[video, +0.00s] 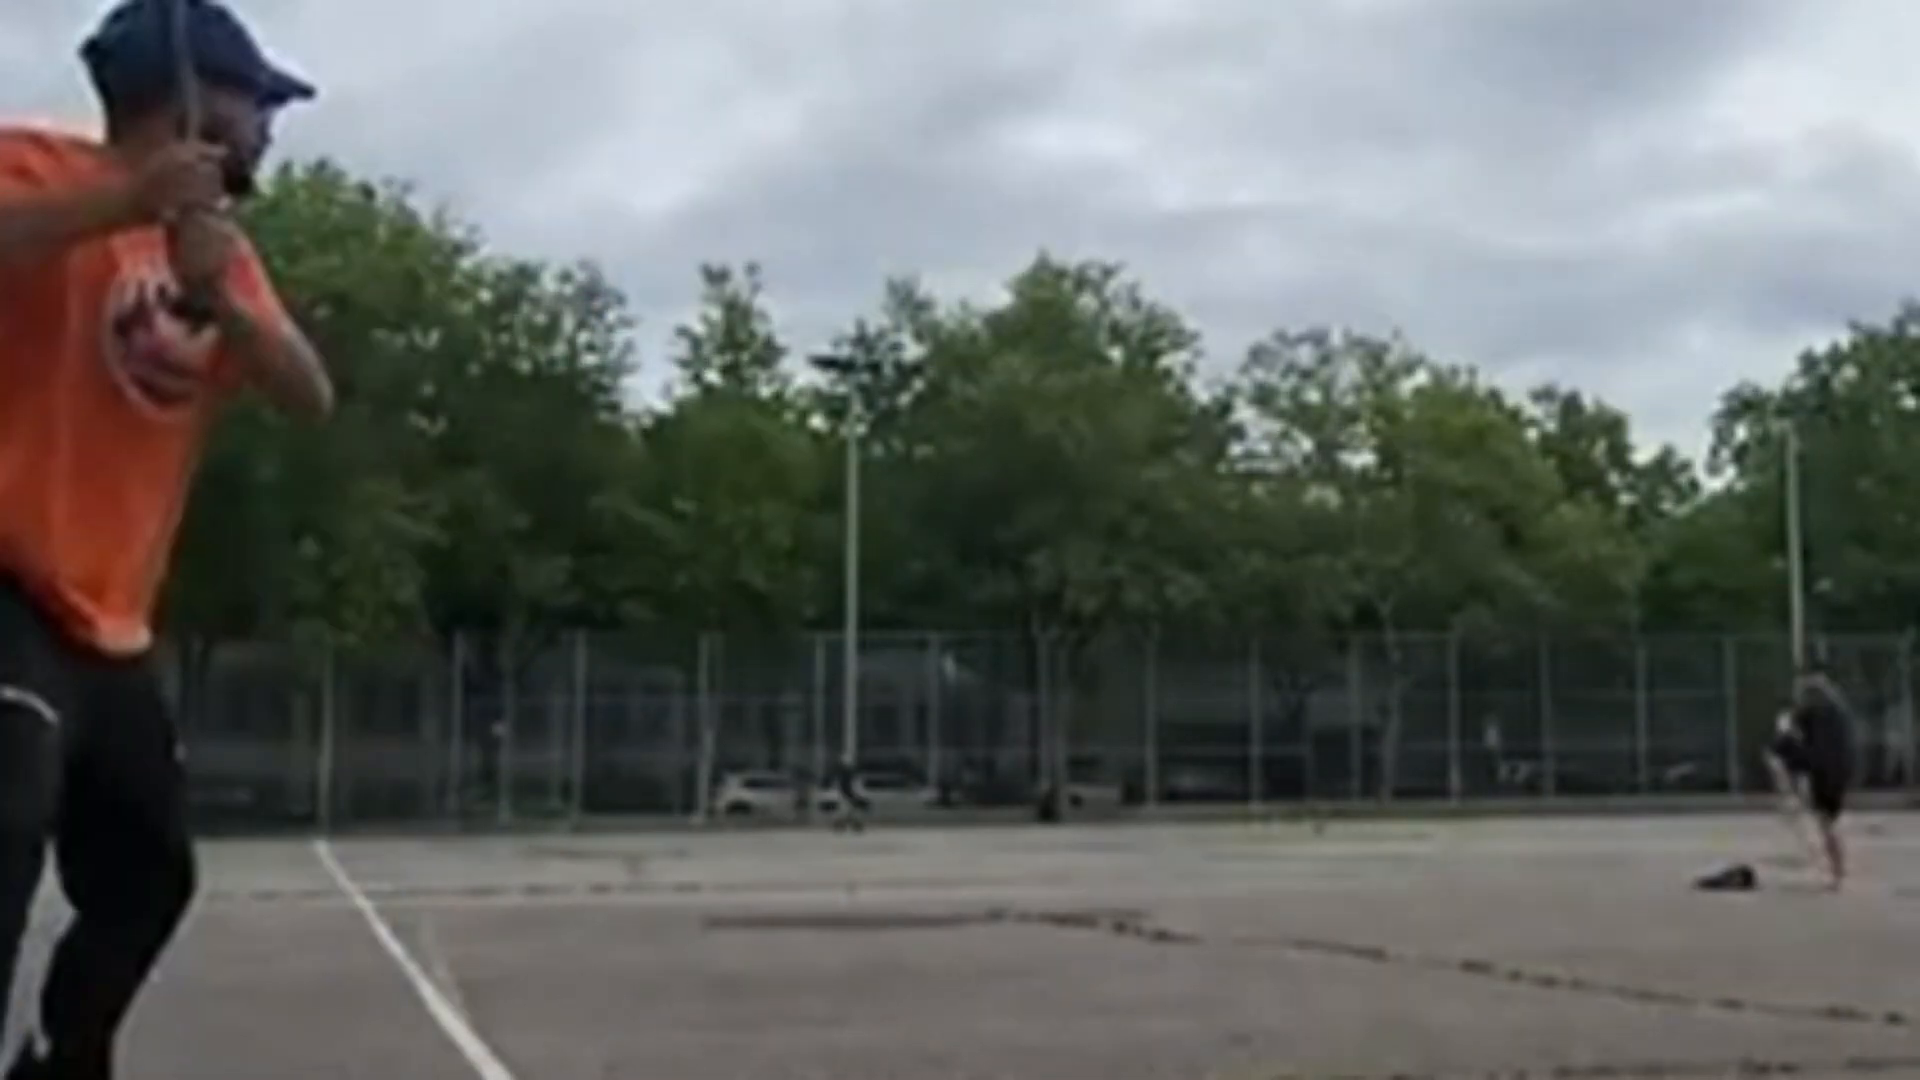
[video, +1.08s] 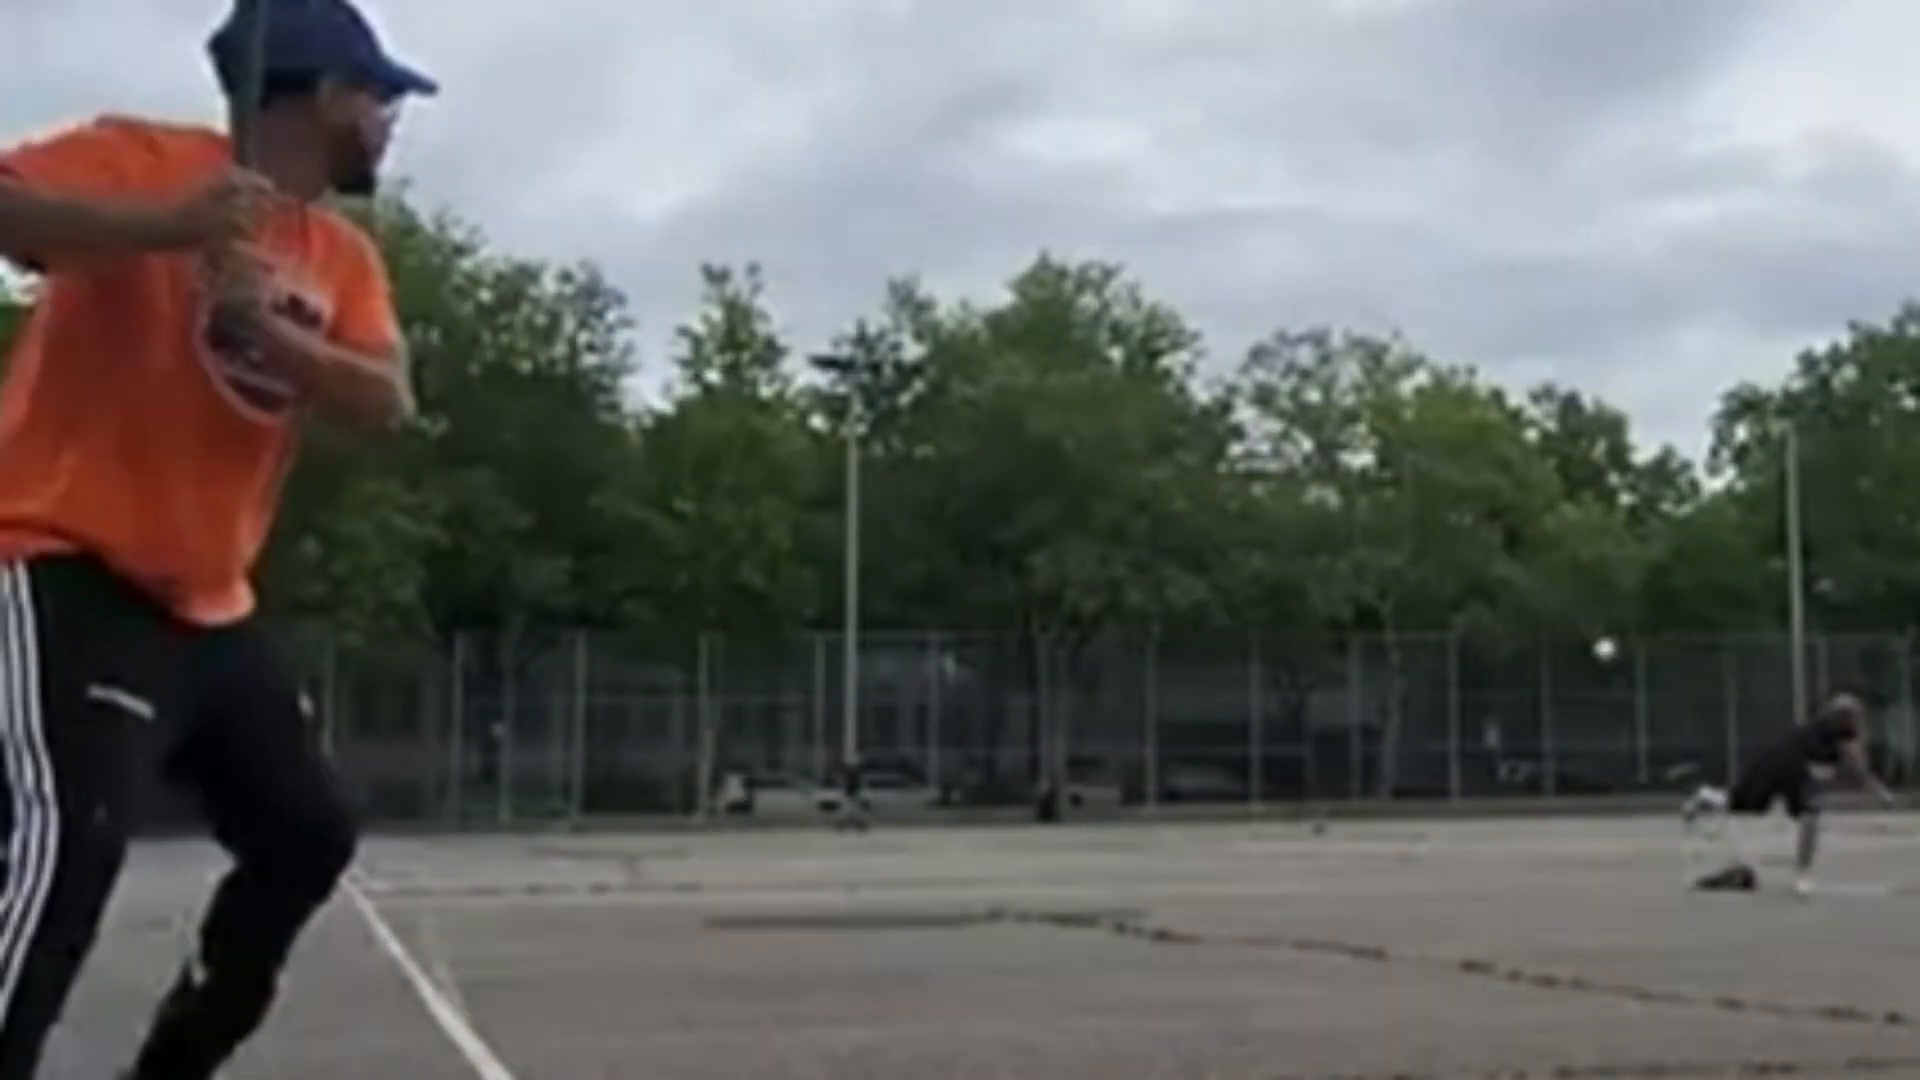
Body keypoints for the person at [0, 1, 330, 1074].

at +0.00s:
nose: (261, 136)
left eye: (265, 112)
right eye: (242, 108)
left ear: (222, 118)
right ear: (168, 102)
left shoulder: (221, 247)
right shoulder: (39, 170)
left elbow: (310, 397)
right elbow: (8, 233)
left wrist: (227, 307)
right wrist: (128, 199)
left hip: (113, 623)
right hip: (16, 597)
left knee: (145, 882)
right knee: (14, 839)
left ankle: (68, 1064)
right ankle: (19, 1054)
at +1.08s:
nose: (388, 119)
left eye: (388, 98)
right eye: (370, 94)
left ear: (311, 107)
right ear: (303, 95)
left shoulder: (345, 253)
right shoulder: (140, 160)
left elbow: (384, 403)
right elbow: (8, 207)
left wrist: (276, 334)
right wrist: (167, 222)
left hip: (201, 593)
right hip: (56, 555)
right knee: (69, 835)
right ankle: (11, 1056)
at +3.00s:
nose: (177, 39)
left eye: (178, 21)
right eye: (157, 15)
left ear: (163, 32)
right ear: (89, 14)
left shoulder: (161, 159)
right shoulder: (15, 132)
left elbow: (278, 23)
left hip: (114, 565)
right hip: (27, 560)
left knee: (194, 880)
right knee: (186, 882)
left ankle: (216, 1068)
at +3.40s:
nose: (222, 59)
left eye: (218, 34)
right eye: (202, 28)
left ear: (139, 37)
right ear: (136, 28)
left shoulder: (200, 171)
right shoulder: (20, 148)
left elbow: (316, 40)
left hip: (168, 584)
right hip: (27, 582)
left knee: (251, 895)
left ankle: (226, 1067)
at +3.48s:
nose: (229, 55)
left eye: (224, 31)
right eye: (208, 26)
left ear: (144, 39)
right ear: (143, 29)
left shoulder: (207, 173)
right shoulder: (23, 147)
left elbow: (317, 38)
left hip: (174, 587)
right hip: (29, 582)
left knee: (252, 899)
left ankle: (225, 1066)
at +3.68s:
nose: (219, 72)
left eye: (218, 46)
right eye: (205, 40)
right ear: (149, 34)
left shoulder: (191, 190)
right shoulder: (18, 155)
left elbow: (306, 70)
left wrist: (202, 6)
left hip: (126, 598)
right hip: (29, 596)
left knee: (264, 880)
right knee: (253, 880)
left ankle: (240, 1073)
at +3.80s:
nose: (194, 92)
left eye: (194, 68)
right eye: (184, 64)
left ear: (176, 86)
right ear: (112, 62)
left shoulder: (176, 222)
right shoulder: (12, 174)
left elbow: (260, 160)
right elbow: (261, 161)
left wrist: (127, 28)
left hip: (100, 589)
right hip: (28, 590)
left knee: (304, 831)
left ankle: (311, 1059)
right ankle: (310, 1055)